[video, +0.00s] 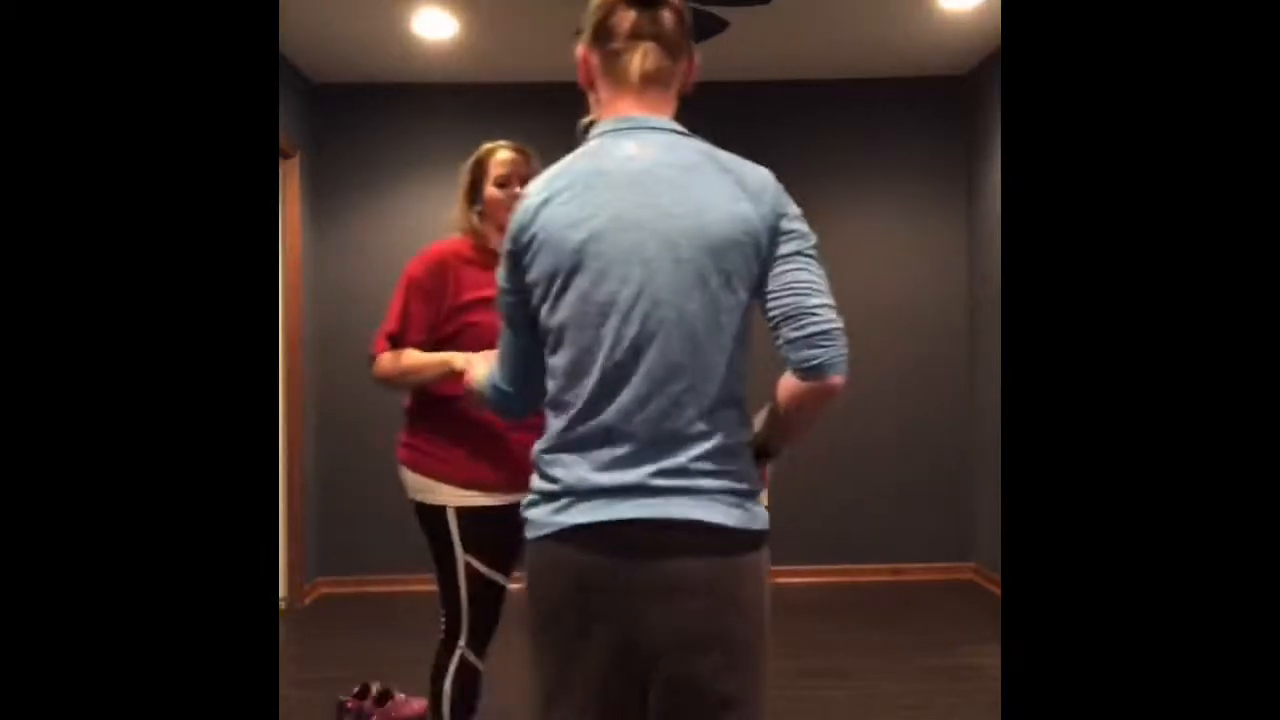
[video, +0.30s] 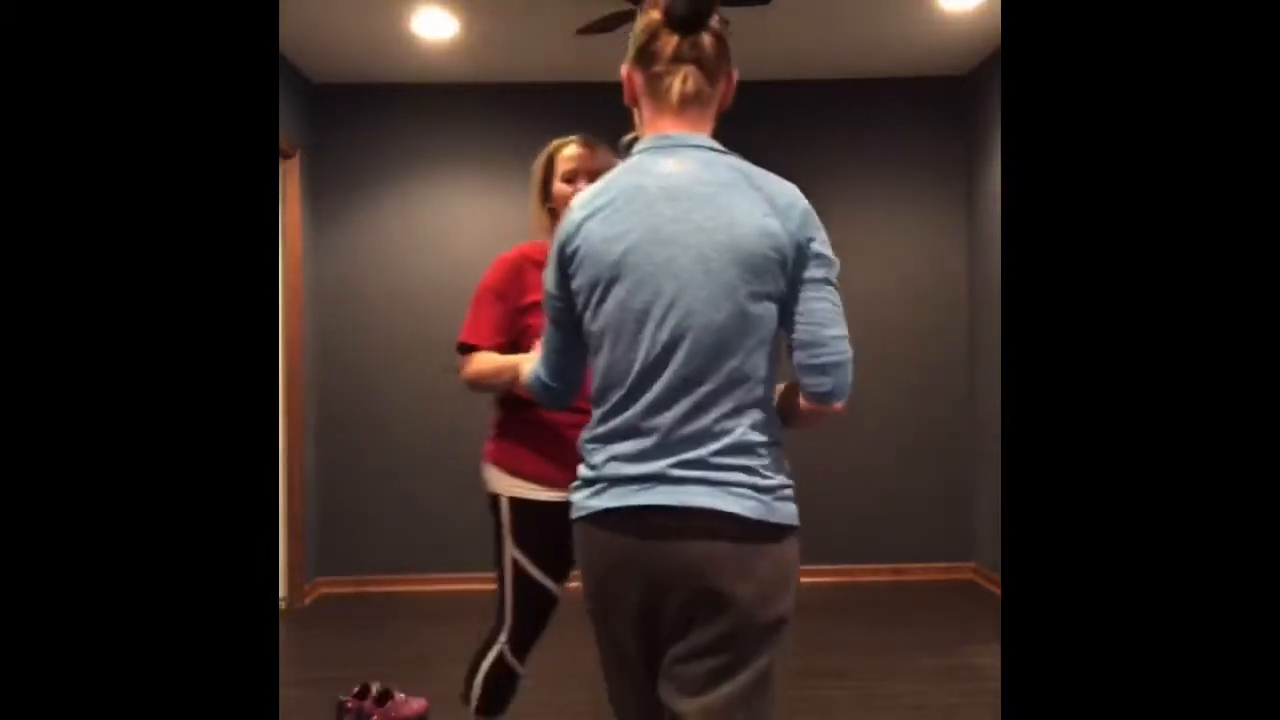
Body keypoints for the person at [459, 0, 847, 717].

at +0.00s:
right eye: (693, 61)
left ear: (585, 67)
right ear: (689, 72)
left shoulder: (542, 202)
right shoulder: (754, 188)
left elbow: (516, 394)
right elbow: (820, 369)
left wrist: (479, 371)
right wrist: (763, 446)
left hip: (573, 544)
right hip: (714, 545)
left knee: (576, 712)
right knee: (718, 710)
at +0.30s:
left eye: (627, 78)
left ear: (630, 86)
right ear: (727, 90)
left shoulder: (585, 215)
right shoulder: (782, 204)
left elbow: (557, 382)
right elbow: (829, 382)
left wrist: (518, 372)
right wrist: (782, 406)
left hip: (613, 525)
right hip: (740, 527)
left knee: (639, 710)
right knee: (718, 708)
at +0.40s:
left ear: (643, 92)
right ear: (738, 96)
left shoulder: (598, 220)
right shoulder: (791, 212)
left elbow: (569, 391)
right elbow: (825, 390)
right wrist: (753, 408)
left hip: (629, 522)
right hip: (754, 524)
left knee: (645, 707)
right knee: (743, 706)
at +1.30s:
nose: (658, 170)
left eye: (659, 158)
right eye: (659, 159)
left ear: (673, 158)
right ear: (737, 163)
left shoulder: (634, 250)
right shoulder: (778, 250)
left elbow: (611, 385)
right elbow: (767, 353)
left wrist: (683, 364)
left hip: (660, 506)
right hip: (759, 498)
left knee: (653, 688)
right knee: (773, 685)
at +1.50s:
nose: (612, 193)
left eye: (618, 180)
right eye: (614, 180)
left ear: (644, 184)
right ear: (687, 186)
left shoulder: (606, 263)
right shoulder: (724, 265)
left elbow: (571, 379)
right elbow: (720, 358)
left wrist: (627, 383)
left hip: (615, 490)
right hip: (701, 485)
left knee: (622, 664)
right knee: (717, 653)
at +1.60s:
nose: (585, 202)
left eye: (592, 188)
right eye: (588, 188)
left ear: (629, 192)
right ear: (653, 193)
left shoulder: (603, 261)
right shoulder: (697, 262)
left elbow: (562, 373)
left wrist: (602, 375)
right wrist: (649, 142)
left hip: (599, 484)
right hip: (668, 484)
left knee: (608, 650)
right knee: (653, 626)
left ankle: (622, 718)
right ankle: (688, 709)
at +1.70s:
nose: (570, 200)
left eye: (582, 188)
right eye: (574, 187)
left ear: (625, 197)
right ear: (630, 197)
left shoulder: (607, 263)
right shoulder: (668, 259)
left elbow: (566, 369)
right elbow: (664, 352)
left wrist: (587, 331)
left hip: (599, 466)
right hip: (643, 459)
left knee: (584, 617)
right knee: (597, 615)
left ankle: (619, 713)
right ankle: (624, 710)